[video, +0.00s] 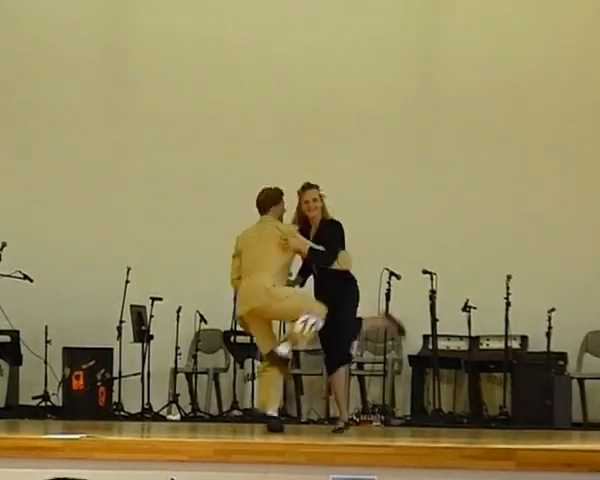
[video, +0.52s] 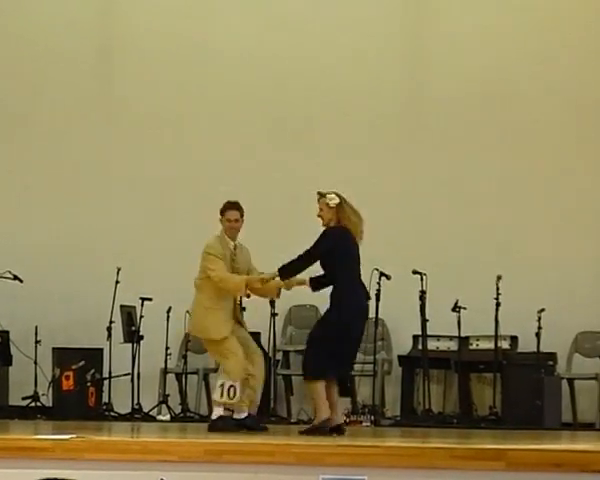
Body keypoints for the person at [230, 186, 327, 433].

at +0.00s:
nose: (285, 209)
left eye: (283, 205)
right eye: (283, 205)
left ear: (260, 209)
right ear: (277, 207)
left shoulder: (243, 236)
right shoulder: (283, 230)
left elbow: (235, 278)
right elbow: (312, 254)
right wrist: (337, 259)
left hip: (245, 299)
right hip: (270, 293)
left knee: (271, 357)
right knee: (317, 311)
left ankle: (271, 412)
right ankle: (285, 348)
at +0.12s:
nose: (285, 202)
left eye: (284, 198)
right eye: (282, 198)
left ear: (262, 202)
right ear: (272, 201)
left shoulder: (243, 229)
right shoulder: (273, 224)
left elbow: (264, 268)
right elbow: (296, 254)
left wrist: (303, 266)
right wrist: (330, 258)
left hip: (231, 294)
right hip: (253, 292)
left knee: (254, 346)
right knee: (281, 343)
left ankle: (253, 397)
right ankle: (259, 389)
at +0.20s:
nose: (282, 206)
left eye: (282, 201)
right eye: (279, 201)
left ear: (264, 203)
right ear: (265, 203)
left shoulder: (256, 225)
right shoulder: (261, 225)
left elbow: (267, 254)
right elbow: (267, 257)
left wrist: (295, 249)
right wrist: (301, 256)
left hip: (237, 299)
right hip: (243, 300)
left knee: (253, 354)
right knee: (255, 355)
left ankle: (242, 412)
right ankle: (245, 413)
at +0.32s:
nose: (269, 209)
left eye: (271, 205)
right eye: (265, 205)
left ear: (269, 206)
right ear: (251, 204)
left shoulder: (256, 234)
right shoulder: (244, 229)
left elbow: (257, 273)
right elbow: (240, 261)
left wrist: (276, 266)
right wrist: (271, 254)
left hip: (238, 300)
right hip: (226, 298)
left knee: (254, 346)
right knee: (253, 343)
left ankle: (244, 406)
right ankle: (237, 406)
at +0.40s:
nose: (254, 217)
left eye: (257, 212)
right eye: (250, 212)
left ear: (259, 214)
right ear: (238, 212)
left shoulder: (251, 245)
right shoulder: (232, 238)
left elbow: (259, 280)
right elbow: (229, 272)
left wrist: (282, 270)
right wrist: (258, 263)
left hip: (235, 311)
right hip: (218, 310)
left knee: (261, 347)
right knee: (251, 345)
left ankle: (245, 408)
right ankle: (227, 405)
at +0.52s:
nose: (234, 225)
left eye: (237, 220)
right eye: (229, 220)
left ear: (242, 222)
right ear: (221, 221)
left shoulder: (242, 252)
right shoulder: (212, 248)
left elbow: (255, 283)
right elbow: (221, 278)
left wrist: (286, 283)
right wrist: (248, 285)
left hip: (231, 321)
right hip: (209, 320)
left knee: (256, 359)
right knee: (235, 359)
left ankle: (242, 414)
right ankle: (219, 414)